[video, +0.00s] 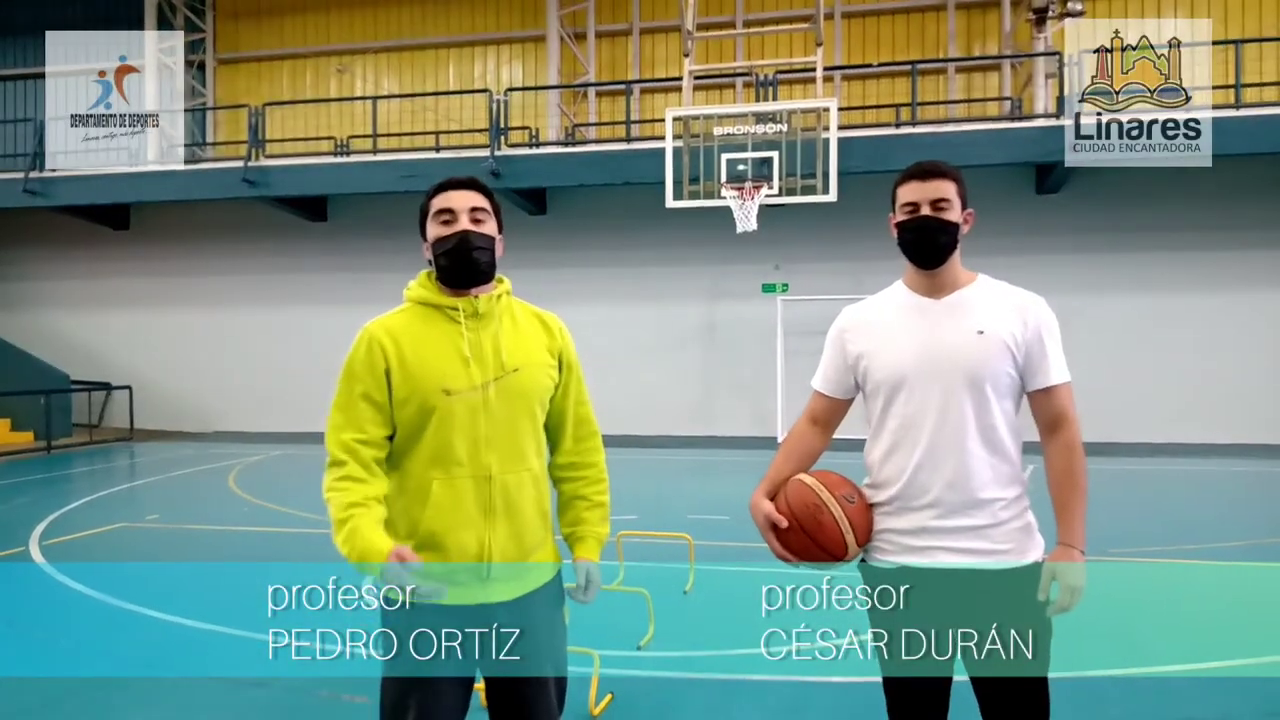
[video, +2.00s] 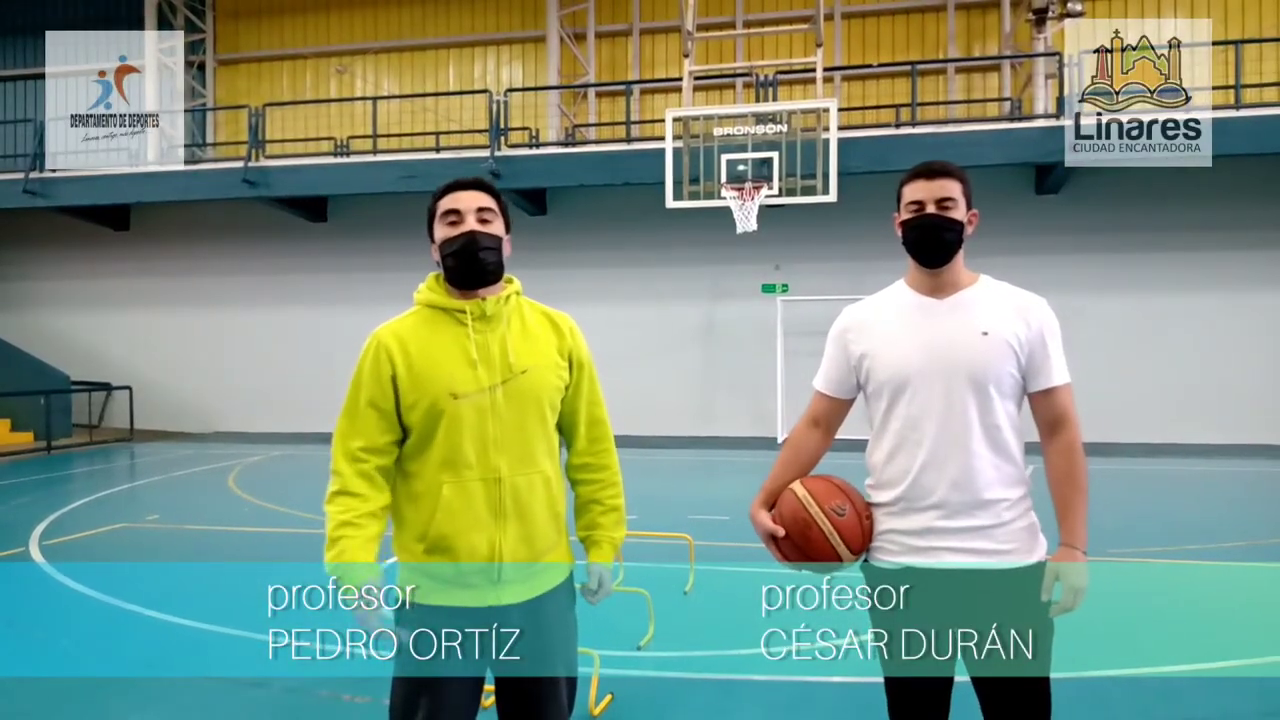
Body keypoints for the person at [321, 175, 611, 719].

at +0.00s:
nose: (464, 226)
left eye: (479, 216)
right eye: (445, 218)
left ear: (499, 241)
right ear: (426, 245)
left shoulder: (544, 333)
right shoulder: (385, 340)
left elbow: (578, 449)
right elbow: (352, 461)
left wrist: (586, 541)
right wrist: (373, 546)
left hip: (529, 586)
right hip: (424, 591)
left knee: (537, 711)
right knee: (422, 714)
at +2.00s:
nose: (471, 227)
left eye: (486, 217)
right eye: (453, 219)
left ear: (507, 241)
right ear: (434, 247)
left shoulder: (556, 334)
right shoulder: (394, 346)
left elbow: (592, 449)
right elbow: (360, 464)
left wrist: (602, 545)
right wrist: (352, 567)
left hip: (541, 586)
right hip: (439, 590)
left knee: (546, 711)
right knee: (430, 714)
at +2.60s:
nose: (479, 225)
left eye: (495, 217)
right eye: (461, 217)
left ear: (515, 242)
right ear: (442, 244)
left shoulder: (559, 336)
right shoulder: (397, 343)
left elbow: (593, 455)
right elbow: (360, 469)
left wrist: (601, 552)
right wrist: (380, 574)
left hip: (541, 592)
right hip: (435, 597)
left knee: (548, 712)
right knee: (430, 714)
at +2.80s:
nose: (484, 226)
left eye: (500, 217)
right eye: (467, 217)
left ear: (520, 244)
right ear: (447, 244)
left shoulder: (562, 337)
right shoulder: (401, 340)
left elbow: (594, 458)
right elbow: (367, 466)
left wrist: (601, 553)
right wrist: (375, 569)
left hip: (541, 591)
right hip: (436, 594)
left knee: (547, 712)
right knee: (429, 714)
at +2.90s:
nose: (487, 227)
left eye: (503, 218)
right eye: (470, 218)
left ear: (523, 244)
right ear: (450, 244)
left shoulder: (564, 339)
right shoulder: (403, 340)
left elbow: (594, 458)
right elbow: (370, 463)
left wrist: (601, 554)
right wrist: (368, 570)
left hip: (541, 590)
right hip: (437, 593)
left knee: (547, 712)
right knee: (430, 714)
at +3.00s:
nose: (490, 228)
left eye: (506, 219)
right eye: (473, 218)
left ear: (525, 245)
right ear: (452, 243)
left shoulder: (564, 339)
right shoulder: (405, 339)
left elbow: (594, 458)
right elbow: (372, 463)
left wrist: (601, 554)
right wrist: (367, 574)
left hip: (542, 590)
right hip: (438, 592)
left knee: (548, 712)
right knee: (430, 714)